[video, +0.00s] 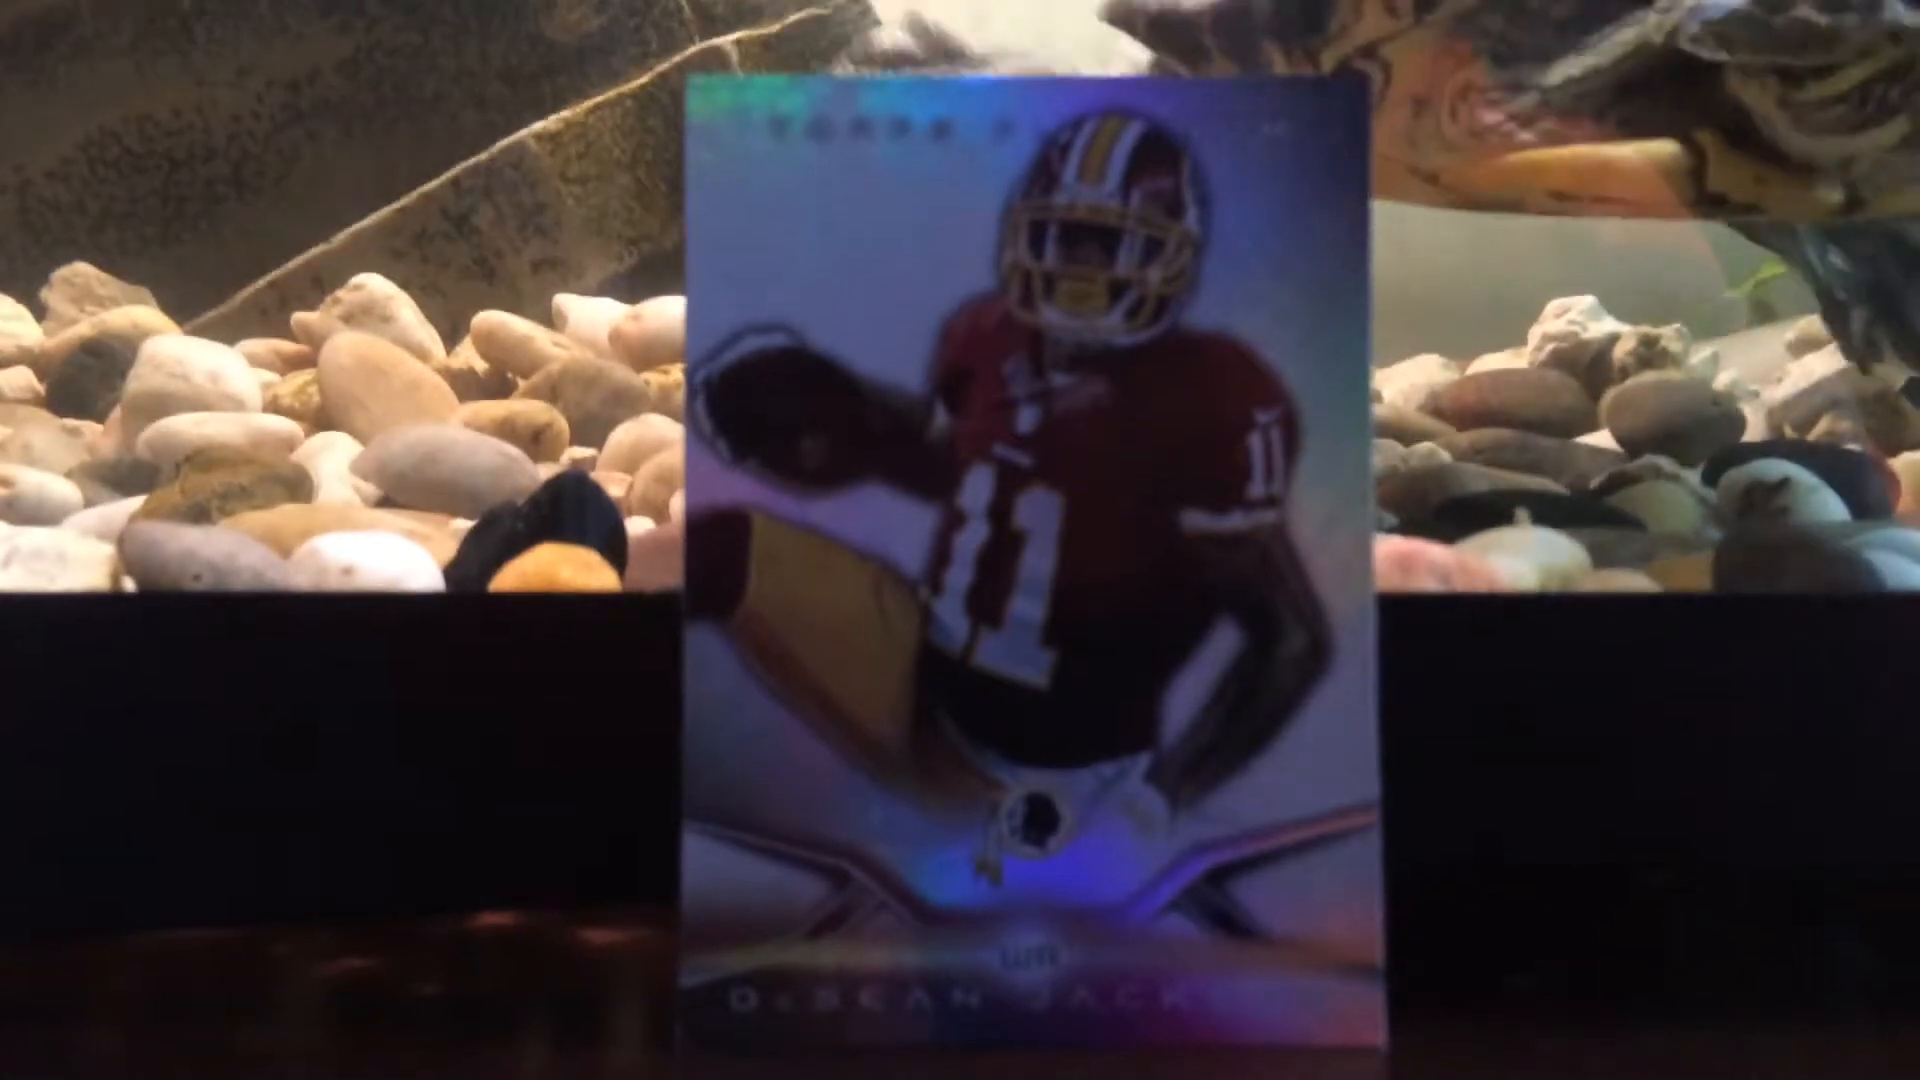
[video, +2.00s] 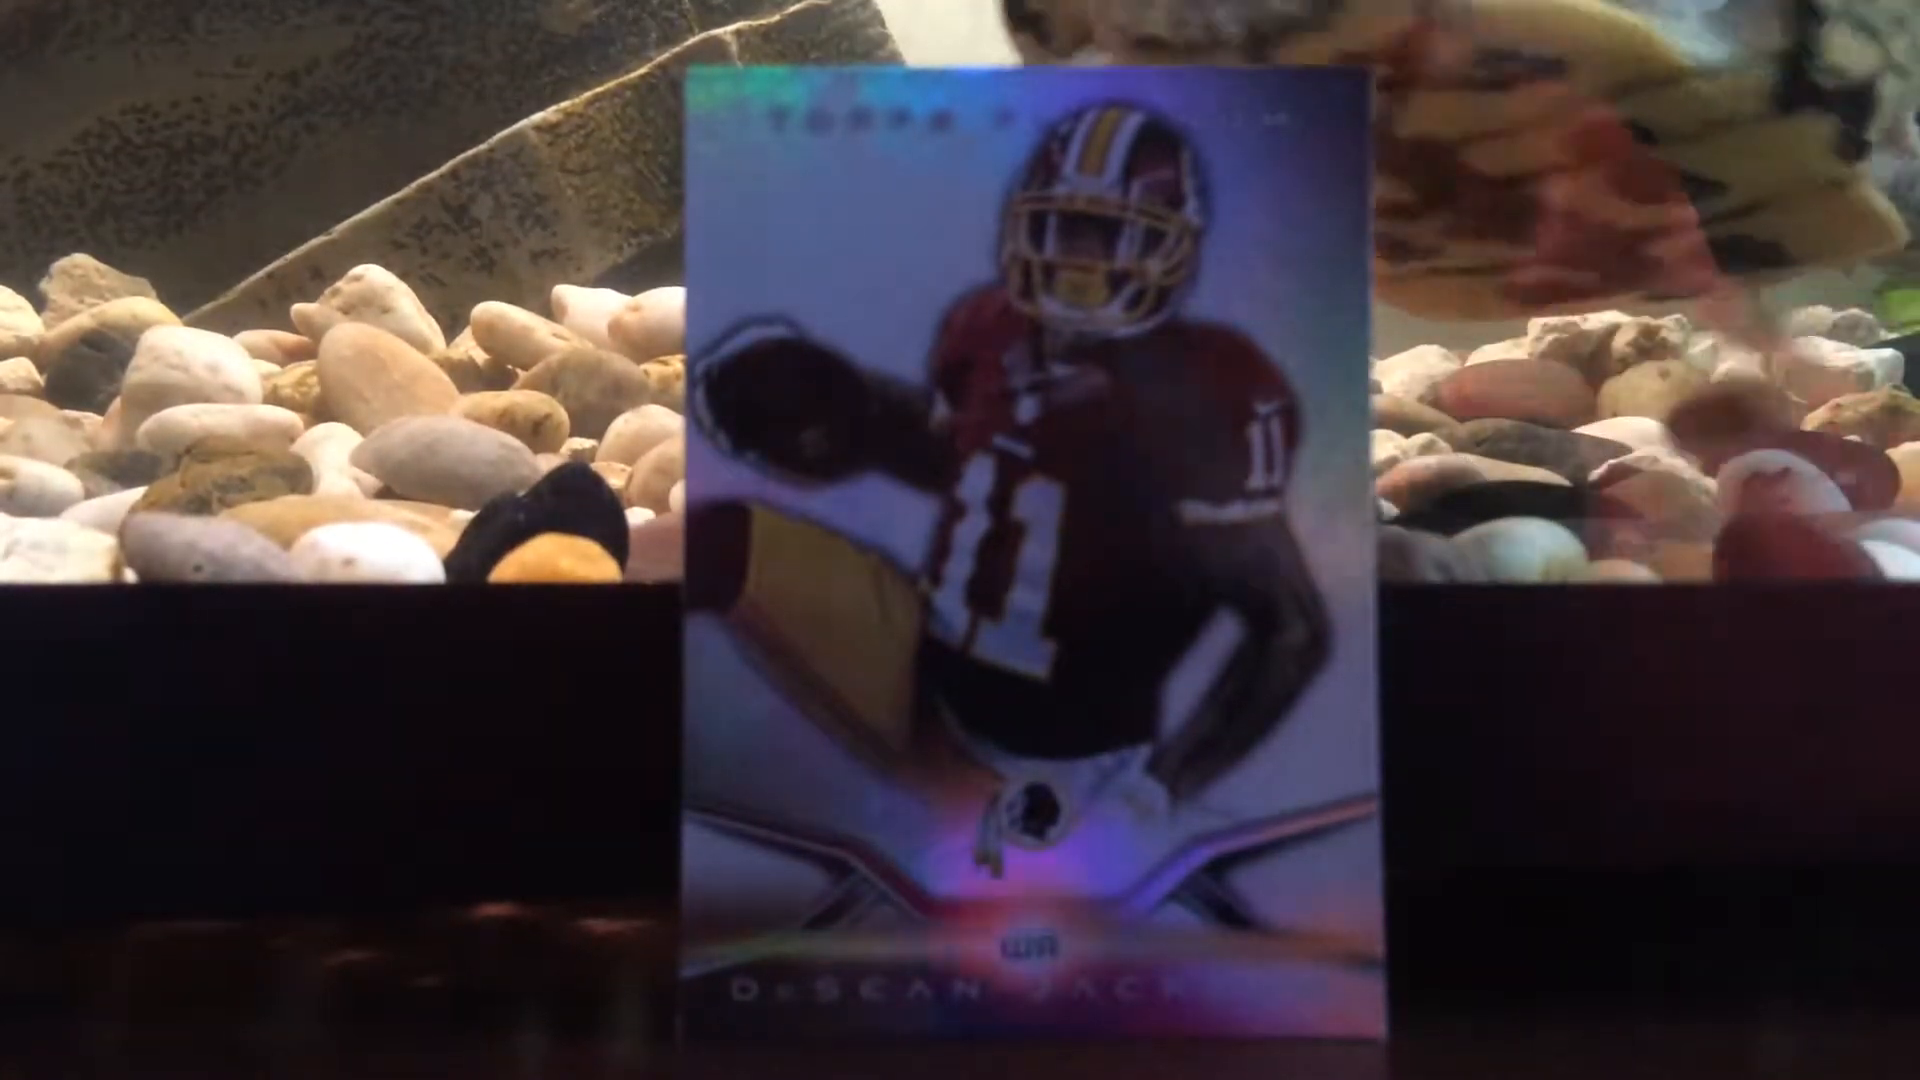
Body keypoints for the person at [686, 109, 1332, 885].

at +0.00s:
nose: (1082, 272)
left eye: (1116, 247)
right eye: (1063, 239)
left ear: (1175, 259)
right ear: (1022, 240)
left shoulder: (1217, 401)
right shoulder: (981, 341)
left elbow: (1293, 642)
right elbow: (961, 472)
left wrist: (1160, 799)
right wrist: (857, 432)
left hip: (1081, 768)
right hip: (932, 695)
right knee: (718, 550)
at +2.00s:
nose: (1080, 261)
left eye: (1114, 236)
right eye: (1062, 228)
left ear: (1174, 250)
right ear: (1023, 232)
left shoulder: (1211, 393)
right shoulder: (979, 331)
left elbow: (1292, 630)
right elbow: (962, 464)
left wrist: (1157, 791)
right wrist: (854, 416)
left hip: (1080, 761)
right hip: (934, 701)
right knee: (719, 543)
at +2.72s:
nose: (1081, 259)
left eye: (1116, 234)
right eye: (1062, 226)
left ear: (1175, 248)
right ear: (1021, 228)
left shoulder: (1215, 388)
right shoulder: (980, 328)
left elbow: (1291, 631)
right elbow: (961, 459)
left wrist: (1153, 792)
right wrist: (857, 415)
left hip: (1073, 763)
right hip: (926, 680)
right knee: (720, 537)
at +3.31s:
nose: (1095, 259)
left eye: (1125, 230)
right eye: (1072, 227)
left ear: (1176, 241)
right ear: (1026, 227)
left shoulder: (1212, 388)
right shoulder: (981, 328)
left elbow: (1291, 630)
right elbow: (954, 455)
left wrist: (1158, 786)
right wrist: (845, 406)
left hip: (1075, 767)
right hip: (924, 682)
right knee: (721, 537)